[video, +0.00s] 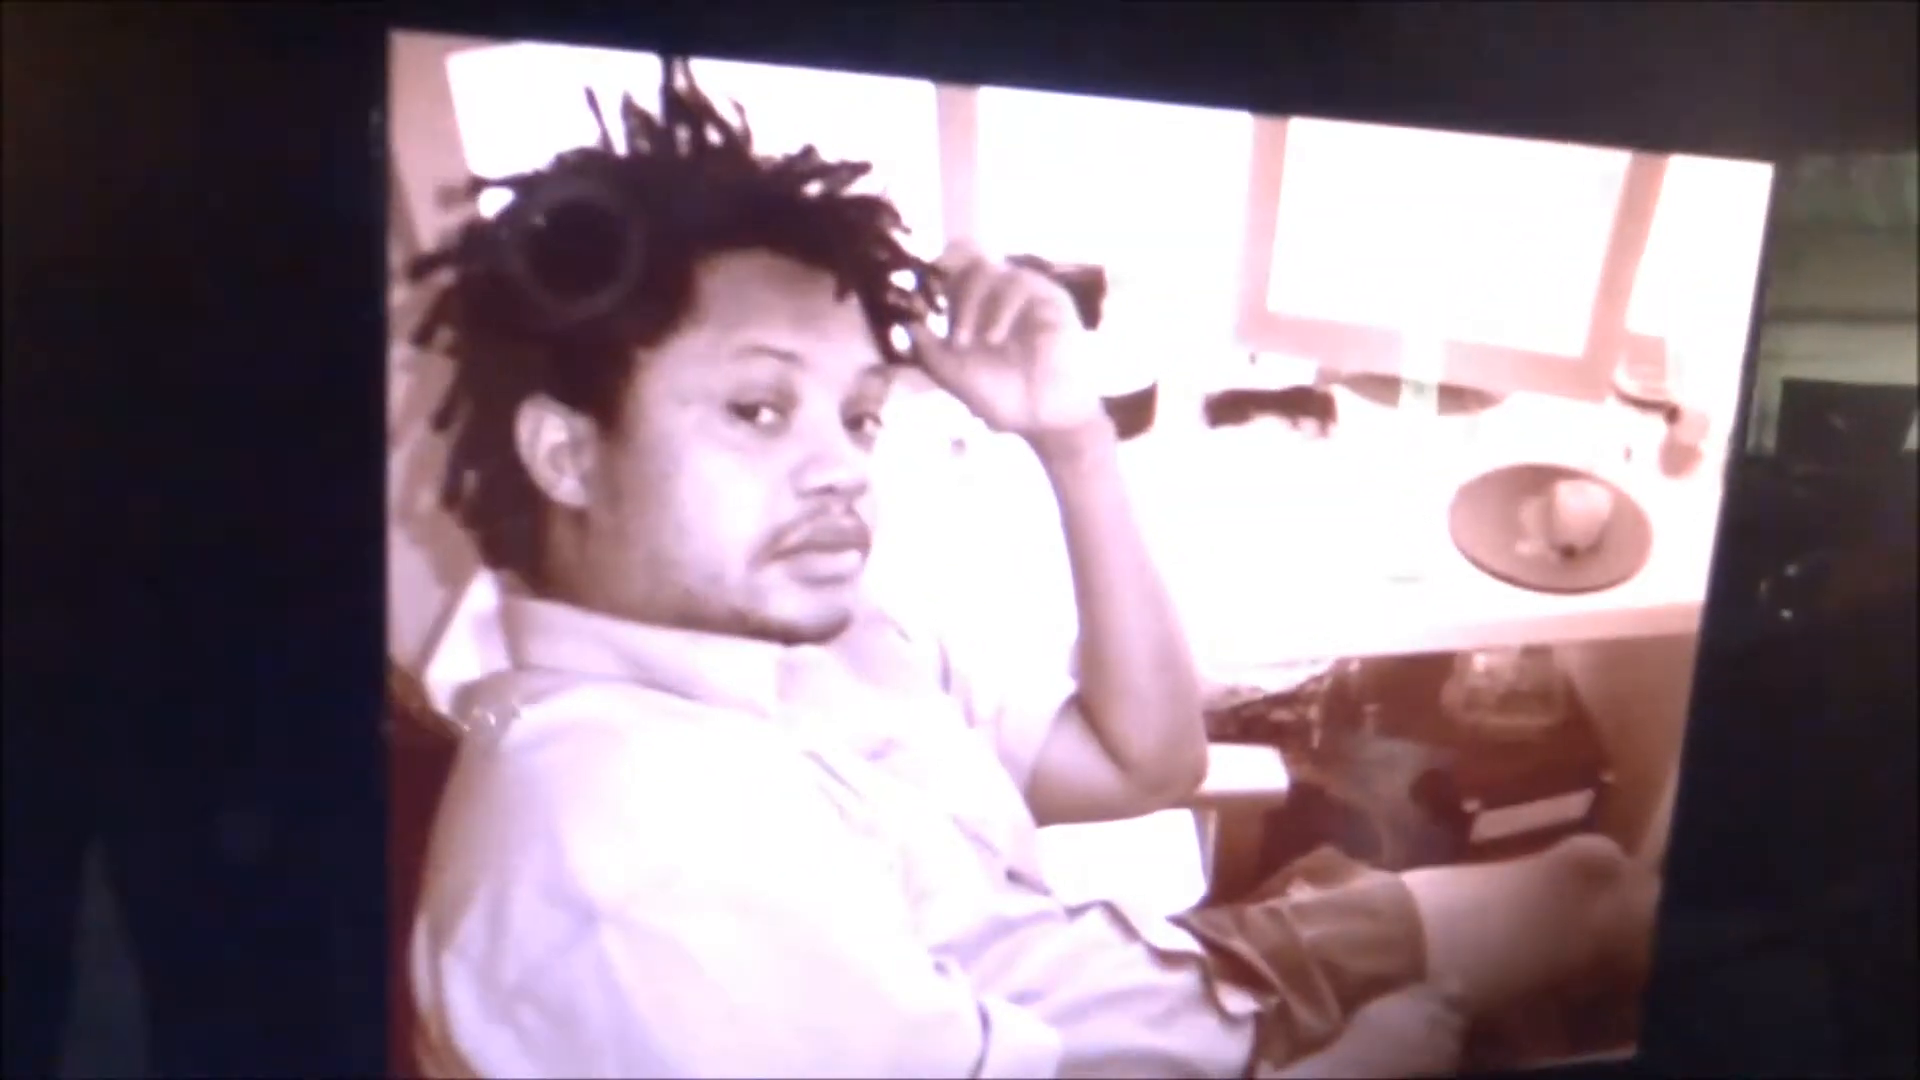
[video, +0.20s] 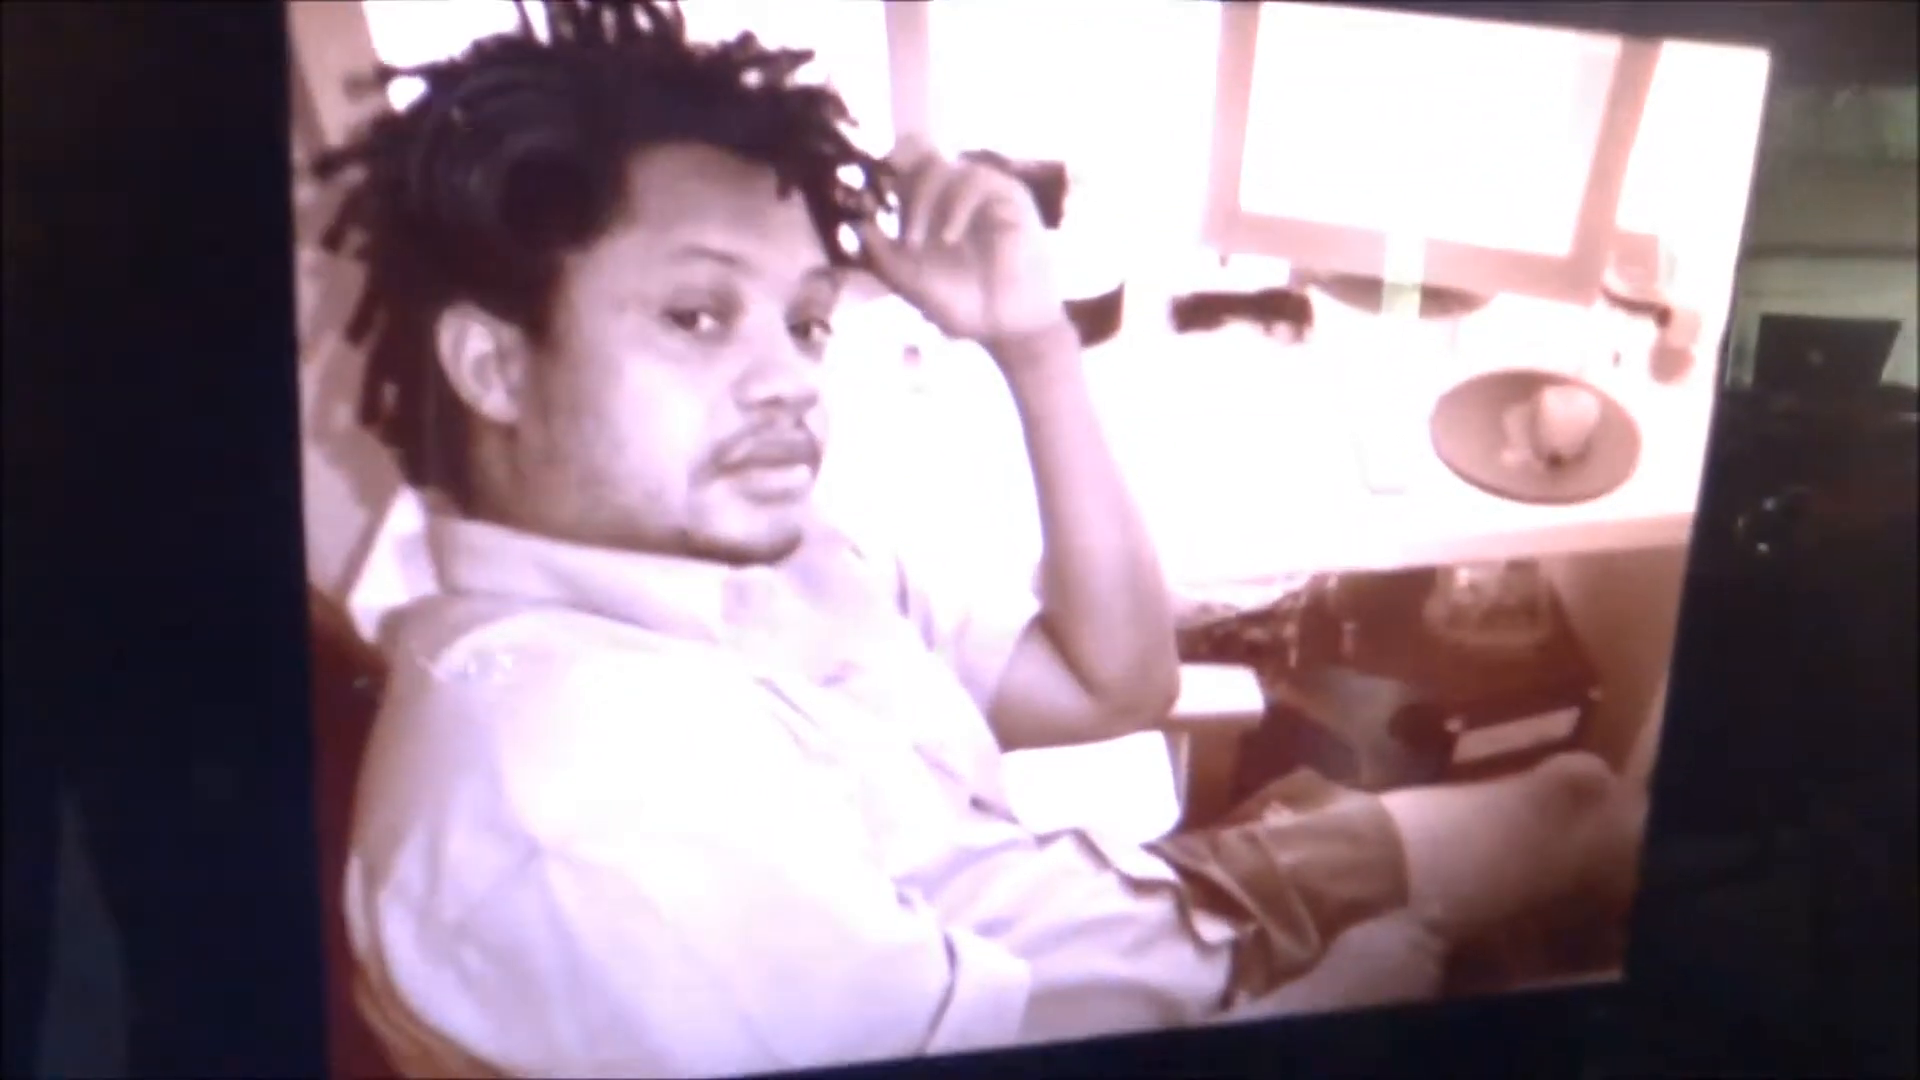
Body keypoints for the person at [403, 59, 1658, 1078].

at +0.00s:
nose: (844, 470)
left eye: (856, 415)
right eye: (756, 411)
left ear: (887, 416)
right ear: (561, 452)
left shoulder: (826, 641)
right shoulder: (600, 835)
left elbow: (1146, 763)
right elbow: (959, 1066)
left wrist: (1071, 435)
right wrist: (1344, 1041)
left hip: (1168, 971)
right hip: (1144, 1071)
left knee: (1596, 878)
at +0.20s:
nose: (790, 385)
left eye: (802, 325)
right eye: (697, 320)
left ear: (835, 328)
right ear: (490, 368)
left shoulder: (766, 567)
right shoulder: (543, 779)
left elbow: (1110, 680)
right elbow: (1000, 1030)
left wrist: (1031, 346)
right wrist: (1408, 920)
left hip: (1177, 875)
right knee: (1611, 818)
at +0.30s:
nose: (777, 332)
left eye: (789, 270)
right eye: (679, 264)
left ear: (823, 275)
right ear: (466, 312)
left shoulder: (774, 519)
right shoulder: (524, 696)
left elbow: (1110, 630)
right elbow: (959, 1000)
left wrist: (1024, 282)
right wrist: (1331, 940)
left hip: (1176, 860)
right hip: (1135, 982)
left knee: (1592, 735)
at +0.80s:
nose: (711, 351)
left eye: (725, 288)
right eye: (610, 280)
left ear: (755, 294)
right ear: (389, 328)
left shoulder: (711, 550)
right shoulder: (441, 744)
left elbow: (1049, 654)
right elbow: (912, 1019)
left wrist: (966, 303)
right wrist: (1323, 934)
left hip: (1155, 909)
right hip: (1098, 1027)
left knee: (1548, 771)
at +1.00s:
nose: (764, 353)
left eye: (776, 294)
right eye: (665, 286)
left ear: (807, 302)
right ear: (451, 335)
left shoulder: (767, 556)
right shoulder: (500, 741)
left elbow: (1099, 658)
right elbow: (959, 1022)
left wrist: (1016, 306)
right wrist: (1356, 936)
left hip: (1200, 895)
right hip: (1157, 1018)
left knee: (1591, 765)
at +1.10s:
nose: (762, 382)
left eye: (774, 317)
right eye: (662, 313)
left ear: (808, 321)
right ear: (446, 362)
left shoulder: (757, 570)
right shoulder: (512, 790)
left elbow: (1103, 683)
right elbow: (994, 1045)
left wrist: (1019, 334)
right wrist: (1421, 930)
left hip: (1195, 898)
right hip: (1154, 1022)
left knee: (1605, 778)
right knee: (1648, 824)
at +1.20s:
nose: (741, 404)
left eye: (753, 342)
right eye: (641, 341)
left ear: (789, 343)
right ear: (423, 394)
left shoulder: (739, 605)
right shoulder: (495, 803)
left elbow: (1094, 712)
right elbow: (948, 1048)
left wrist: (994, 355)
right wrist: (1363, 956)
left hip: (1106, 908)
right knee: (1597, 820)